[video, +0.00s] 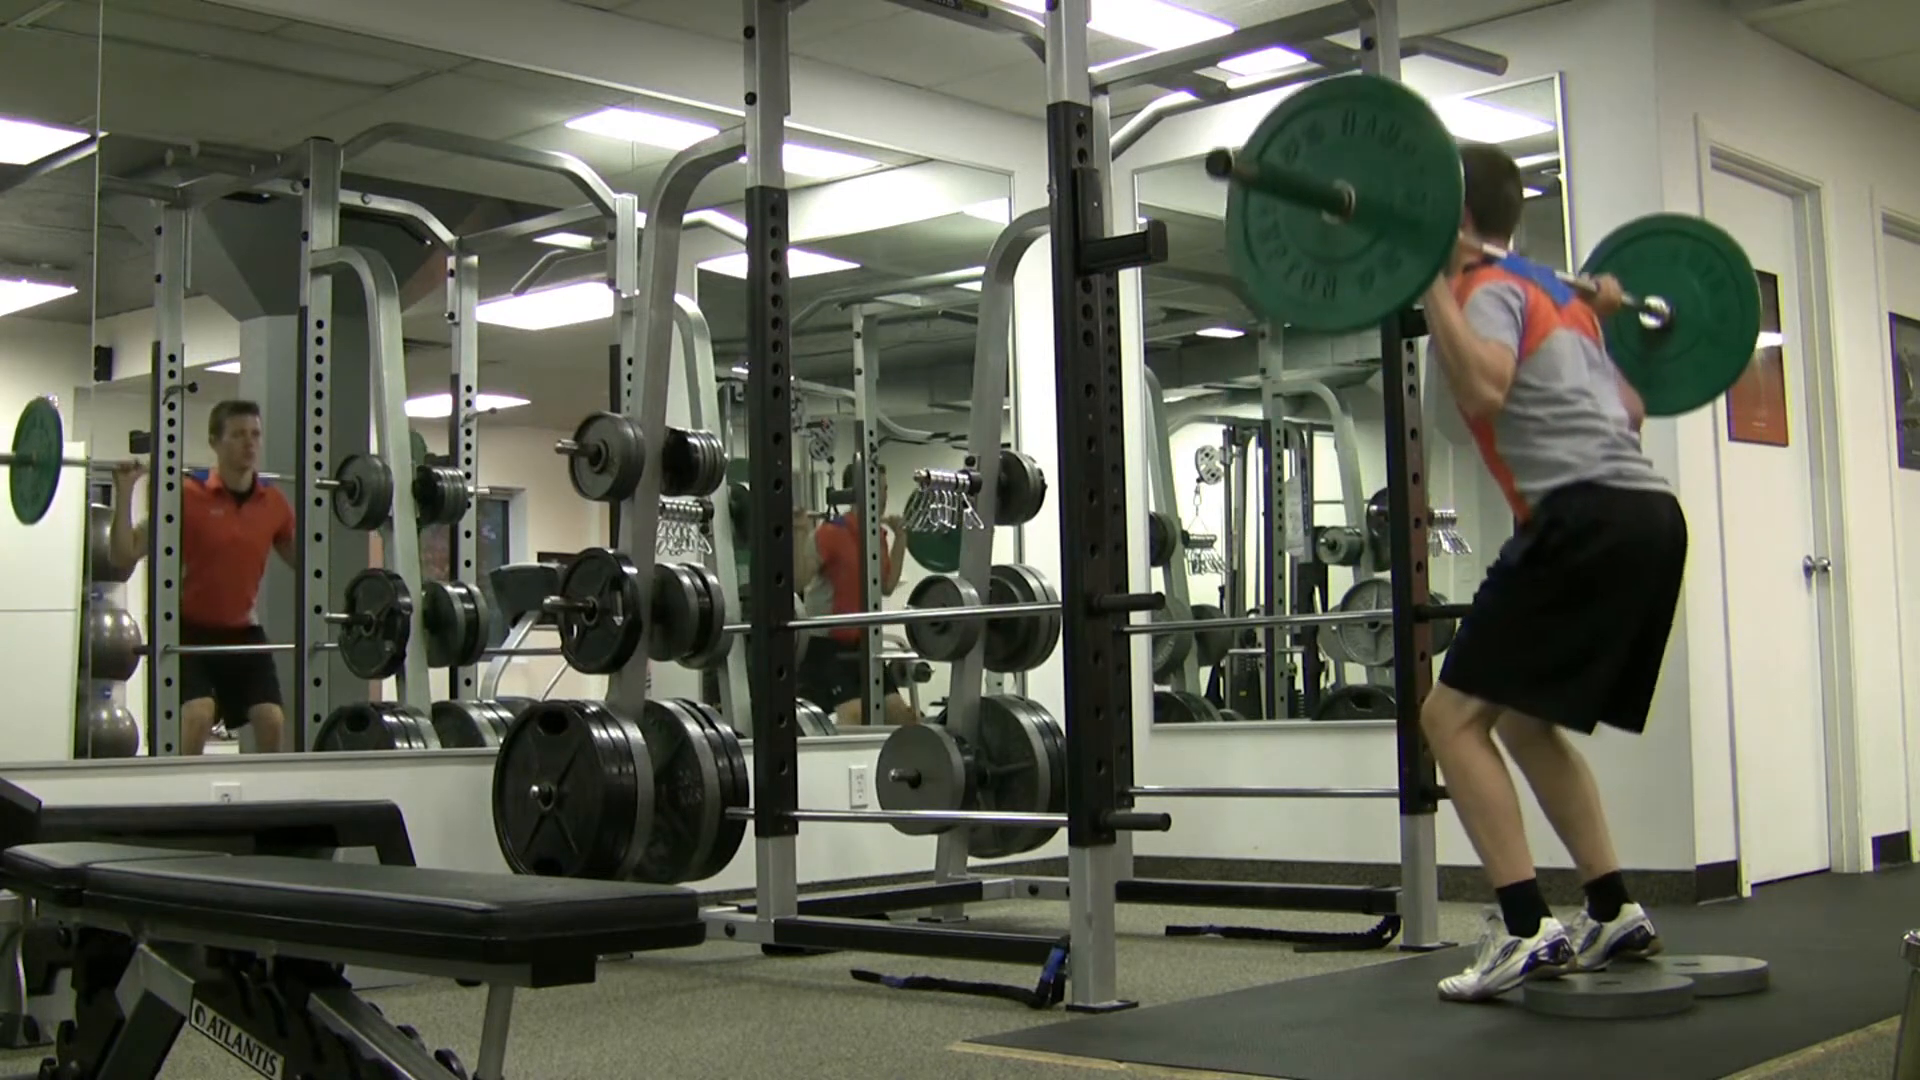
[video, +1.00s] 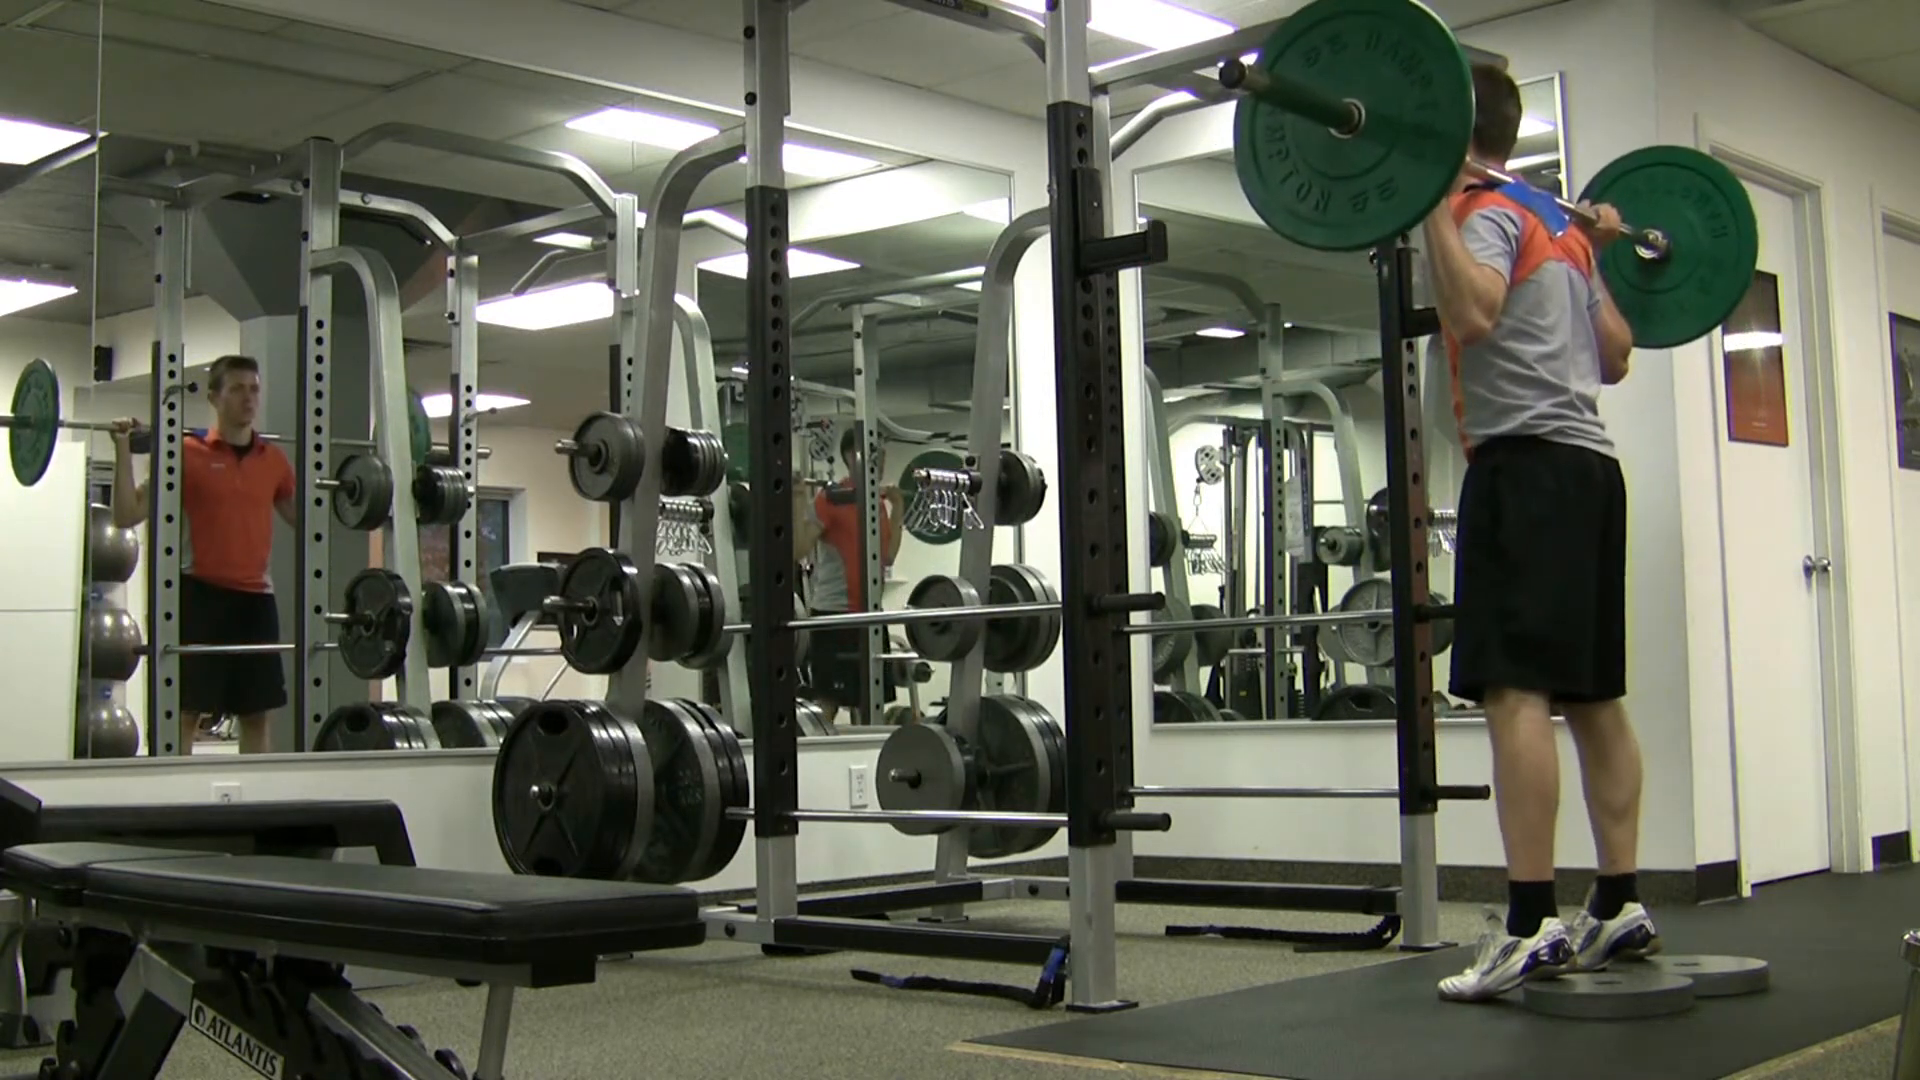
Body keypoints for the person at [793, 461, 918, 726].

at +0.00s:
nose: (885, 495)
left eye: (885, 488)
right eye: (879, 488)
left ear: (882, 492)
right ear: (861, 491)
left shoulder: (877, 534)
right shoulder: (832, 531)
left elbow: (887, 585)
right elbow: (800, 580)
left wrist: (900, 538)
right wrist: (800, 533)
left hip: (867, 642)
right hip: (835, 644)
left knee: (903, 718)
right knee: (853, 721)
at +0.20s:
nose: (880, 478)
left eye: (882, 470)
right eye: (871, 470)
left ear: (884, 473)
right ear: (851, 474)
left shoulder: (877, 517)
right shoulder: (832, 515)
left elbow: (888, 569)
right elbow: (798, 566)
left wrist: (899, 525)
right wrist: (798, 518)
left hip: (867, 622)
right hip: (833, 623)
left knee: (884, 704)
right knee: (845, 706)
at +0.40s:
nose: (876, 470)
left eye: (879, 461)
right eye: (867, 461)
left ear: (883, 465)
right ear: (849, 463)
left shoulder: (875, 508)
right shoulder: (831, 504)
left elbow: (888, 561)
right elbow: (799, 556)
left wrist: (898, 515)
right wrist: (799, 506)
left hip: (866, 617)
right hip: (832, 617)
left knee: (874, 706)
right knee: (839, 705)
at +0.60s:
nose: (872, 463)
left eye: (876, 455)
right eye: (864, 455)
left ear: (881, 458)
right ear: (849, 457)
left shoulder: (875, 503)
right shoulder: (831, 499)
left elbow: (888, 556)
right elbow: (799, 552)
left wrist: (898, 510)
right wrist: (798, 502)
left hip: (864, 610)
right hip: (831, 611)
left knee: (860, 699)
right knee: (835, 700)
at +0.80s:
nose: (871, 462)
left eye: (876, 454)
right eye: (863, 454)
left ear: (882, 457)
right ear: (848, 457)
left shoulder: (875, 501)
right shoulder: (830, 498)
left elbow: (888, 555)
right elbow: (799, 551)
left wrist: (897, 509)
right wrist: (797, 501)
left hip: (868, 611)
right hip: (833, 612)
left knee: (868, 702)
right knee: (826, 701)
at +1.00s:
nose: (872, 462)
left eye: (876, 454)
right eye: (863, 454)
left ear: (881, 457)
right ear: (848, 457)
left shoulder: (874, 502)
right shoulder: (831, 498)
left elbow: (888, 555)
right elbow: (798, 551)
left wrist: (897, 508)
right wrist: (798, 501)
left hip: (868, 611)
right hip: (833, 611)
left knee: (869, 702)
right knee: (828, 700)